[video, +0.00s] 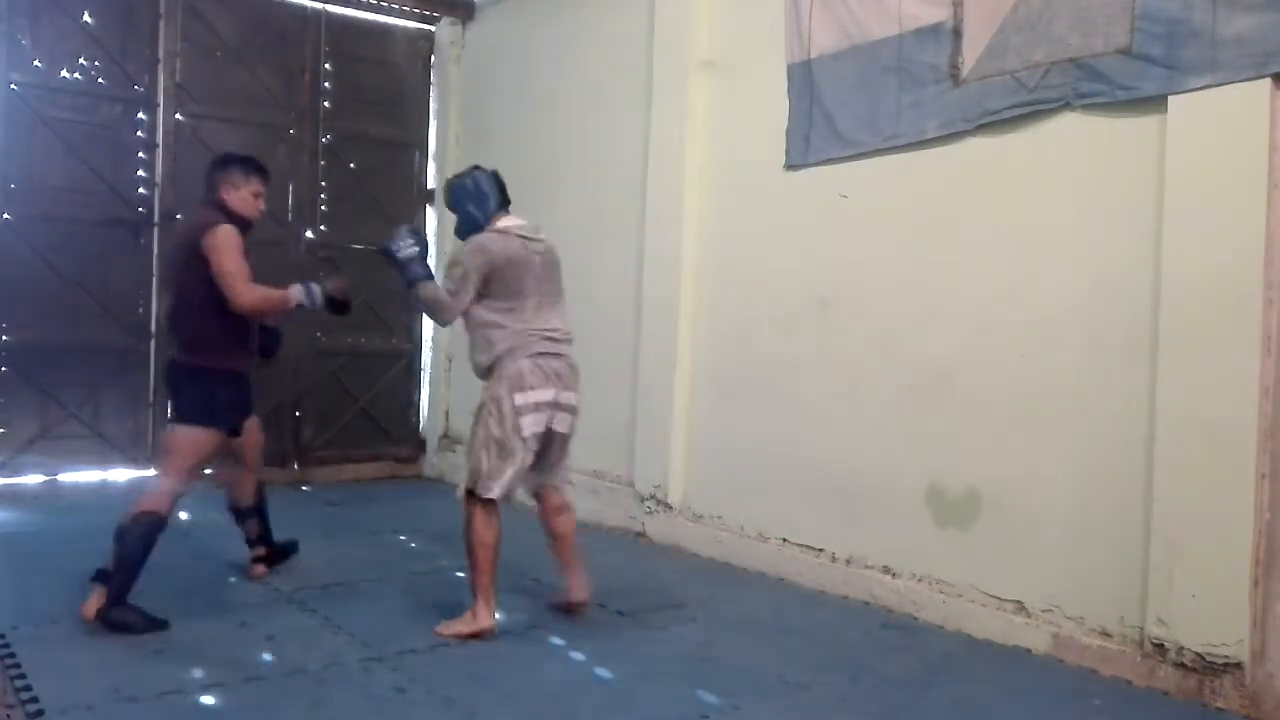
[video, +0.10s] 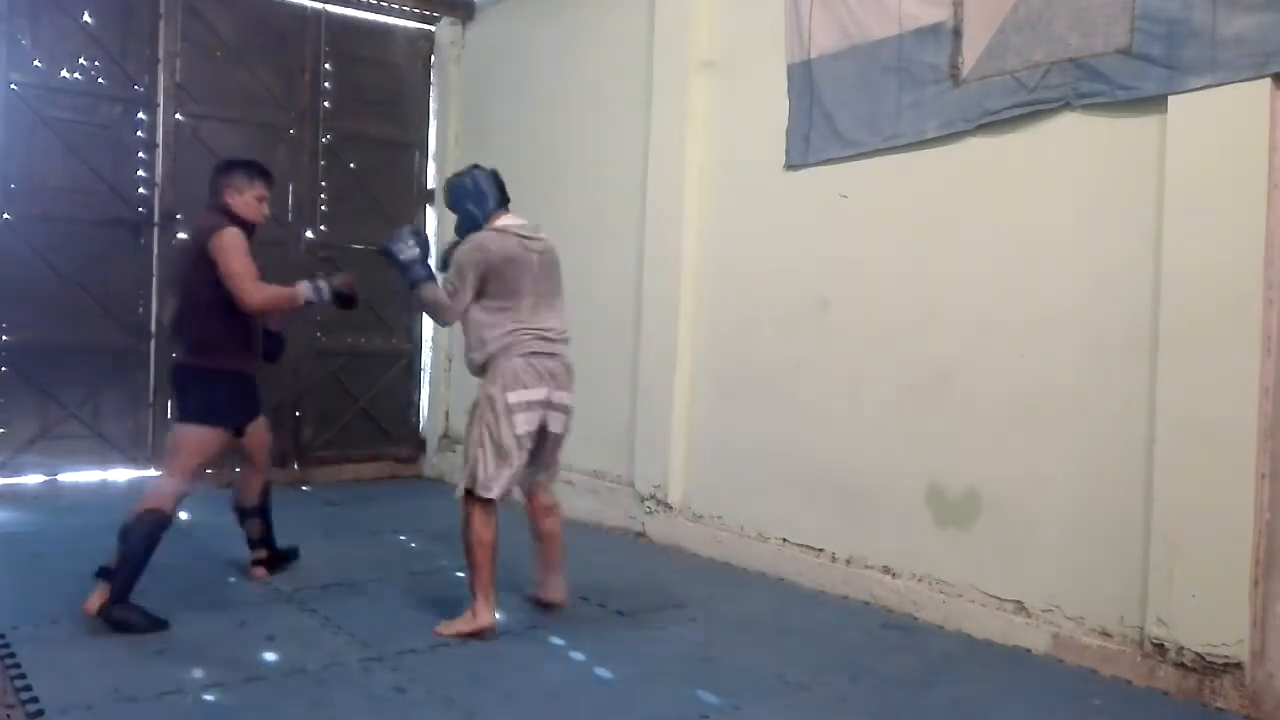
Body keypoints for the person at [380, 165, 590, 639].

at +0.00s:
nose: (454, 221)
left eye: (455, 211)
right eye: (452, 212)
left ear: (473, 207)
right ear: (502, 202)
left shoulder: (479, 249)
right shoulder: (544, 248)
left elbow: (445, 309)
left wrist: (414, 267)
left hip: (515, 382)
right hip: (563, 380)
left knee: (483, 495)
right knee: (548, 482)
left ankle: (483, 610)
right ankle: (577, 585)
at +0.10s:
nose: (454, 218)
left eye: (455, 208)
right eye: (453, 209)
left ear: (468, 207)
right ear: (501, 200)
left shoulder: (475, 248)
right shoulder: (543, 246)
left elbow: (449, 310)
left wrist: (417, 272)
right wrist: (444, 265)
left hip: (510, 382)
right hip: (558, 380)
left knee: (481, 497)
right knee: (538, 484)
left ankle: (482, 609)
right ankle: (553, 585)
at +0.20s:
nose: (454, 224)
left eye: (455, 216)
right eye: (452, 216)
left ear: (467, 217)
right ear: (501, 209)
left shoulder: (469, 262)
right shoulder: (538, 255)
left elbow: (464, 332)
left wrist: (434, 322)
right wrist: (459, 260)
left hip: (489, 383)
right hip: (536, 381)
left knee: (435, 477)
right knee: (505, 486)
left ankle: (453, 568)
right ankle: (498, 580)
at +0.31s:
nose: (451, 220)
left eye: (452, 213)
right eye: (450, 213)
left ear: (461, 212)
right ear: (496, 205)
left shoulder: (456, 255)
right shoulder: (537, 252)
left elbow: (448, 322)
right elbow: (537, 310)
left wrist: (455, 354)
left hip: (475, 376)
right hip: (527, 378)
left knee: (435, 471)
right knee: (508, 478)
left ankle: (429, 564)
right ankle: (501, 575)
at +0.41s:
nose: (451, 219)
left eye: (451, 212)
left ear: (455, 213)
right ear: (496, 207)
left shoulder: (442, 259)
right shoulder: (532, 250)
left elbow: (437, 320)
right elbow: (525, 295)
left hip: (456, 378)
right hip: (512, 379)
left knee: (440, 473)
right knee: (516, 478)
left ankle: (408, 569)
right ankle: (512, 572)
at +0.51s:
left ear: (460, 220)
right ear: (501, 218)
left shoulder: (446, 261)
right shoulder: (521, 253)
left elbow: (435, 308)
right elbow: (527, 315)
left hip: (444, 380)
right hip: (494, 382)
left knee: (436, 477)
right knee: (524, 473)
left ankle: (401, 575)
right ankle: (507, 569)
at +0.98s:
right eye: (579, 219)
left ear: (537, 214)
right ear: (579, 220)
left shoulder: (505, 256)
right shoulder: (590, 264)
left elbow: (473, 307)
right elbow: (596, 328)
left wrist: (500, 336)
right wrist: (555, 319)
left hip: (492, 379)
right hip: (544, 384)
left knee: (458, 471)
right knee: (552, 484)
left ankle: (414, 555)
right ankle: (532, 589)